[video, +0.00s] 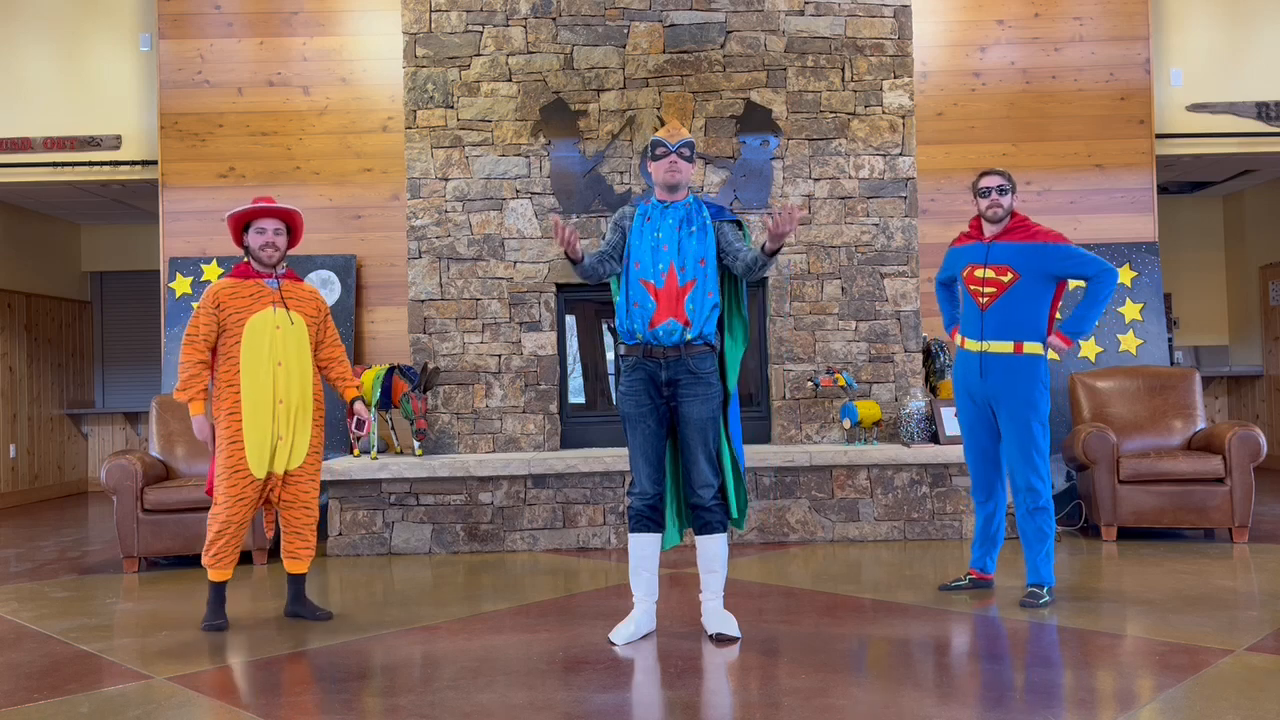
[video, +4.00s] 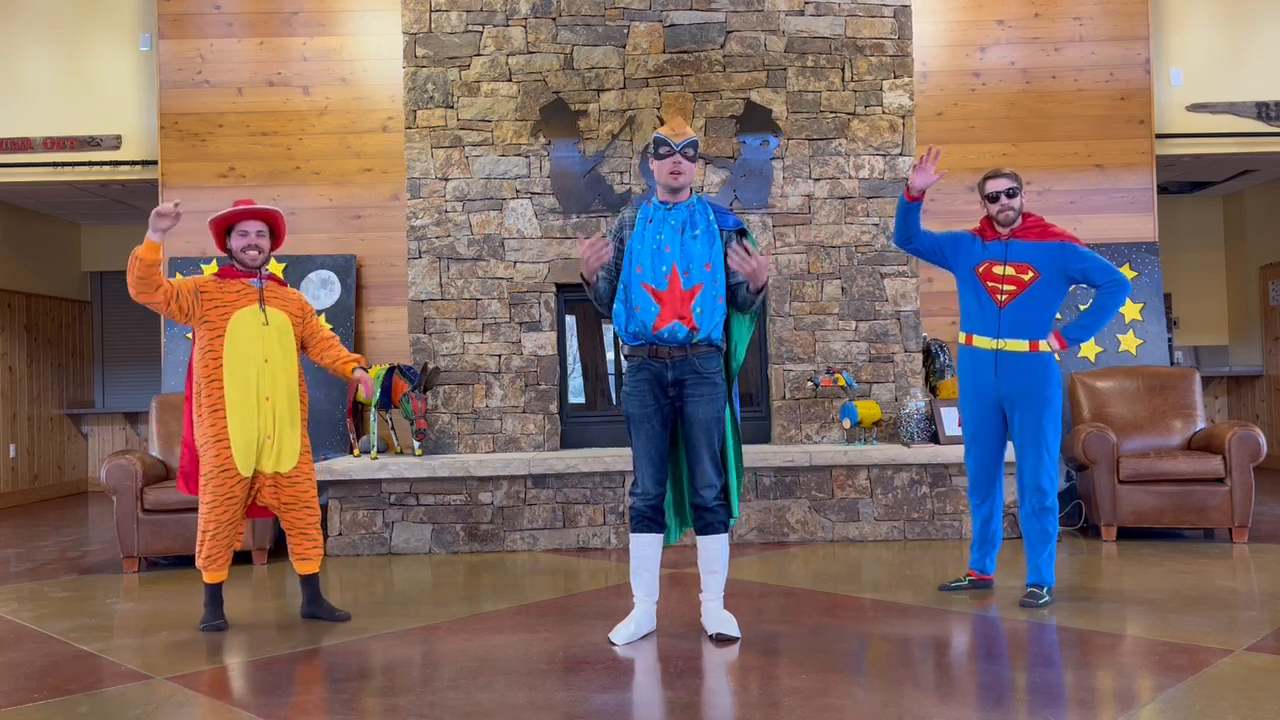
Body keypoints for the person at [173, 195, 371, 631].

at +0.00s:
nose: (269, 239)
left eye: (277, 233)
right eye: (260, 232)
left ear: (288, 242)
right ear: (245, 240)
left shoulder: (309, 297)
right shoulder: (223, 293)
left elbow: (331, 352)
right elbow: (196, 351)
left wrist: (353, 397)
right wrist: (197, 408)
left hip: (301, 420)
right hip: (242, 421)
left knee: (302, 504)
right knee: (232, 505)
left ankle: (297, 597)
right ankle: (216, 602)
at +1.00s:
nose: (256, 240)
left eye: (264, 234)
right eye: (246, 234)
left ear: (276, 243)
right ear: (232, 242)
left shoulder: (289, 298)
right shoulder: (214, 286)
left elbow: (311, 358)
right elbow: (185, 248)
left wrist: (345, 392)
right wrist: (181, 193)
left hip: (290, 420)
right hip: (235, 421)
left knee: (311, 503)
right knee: (225, 509)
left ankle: (313, 598)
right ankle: (214, 605)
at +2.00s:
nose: (257, 240)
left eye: (265, 233)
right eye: (247, 233)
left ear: (277, 243)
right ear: (233, 242)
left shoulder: (291, 299)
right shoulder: (211, 286)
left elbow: (310, 362)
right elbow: (174, 249)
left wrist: (335, 406)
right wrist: (188, 193)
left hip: (287, 422)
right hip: (230, 423)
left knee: (307, 503)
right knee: (222, 510)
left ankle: (312, 598)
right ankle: (214, 604)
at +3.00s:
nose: (271, 251)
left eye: (274, 245)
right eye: (262, 244)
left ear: (276, 248)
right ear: (239, 246)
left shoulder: (279, 300)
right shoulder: (219, 292)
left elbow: (294, 362)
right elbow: (201, 275)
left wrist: (327, 404)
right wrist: (245, 240)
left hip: (289, 418)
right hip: (239, 421)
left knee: (310, 498)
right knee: (231, 506)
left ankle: (313, 599)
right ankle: (214, 605)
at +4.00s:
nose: (252, 242)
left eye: (261, 235)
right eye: (243, 235)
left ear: (271, 244)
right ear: (228, 244)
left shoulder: (291, 299)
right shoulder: (203, 291)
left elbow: (322, 342)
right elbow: (147, 290)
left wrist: (354, 369)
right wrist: (154, 238)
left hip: (284, 421)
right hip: (224, 423)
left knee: (303, 502)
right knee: (220, 508)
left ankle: (312, 598)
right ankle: (214, 606)